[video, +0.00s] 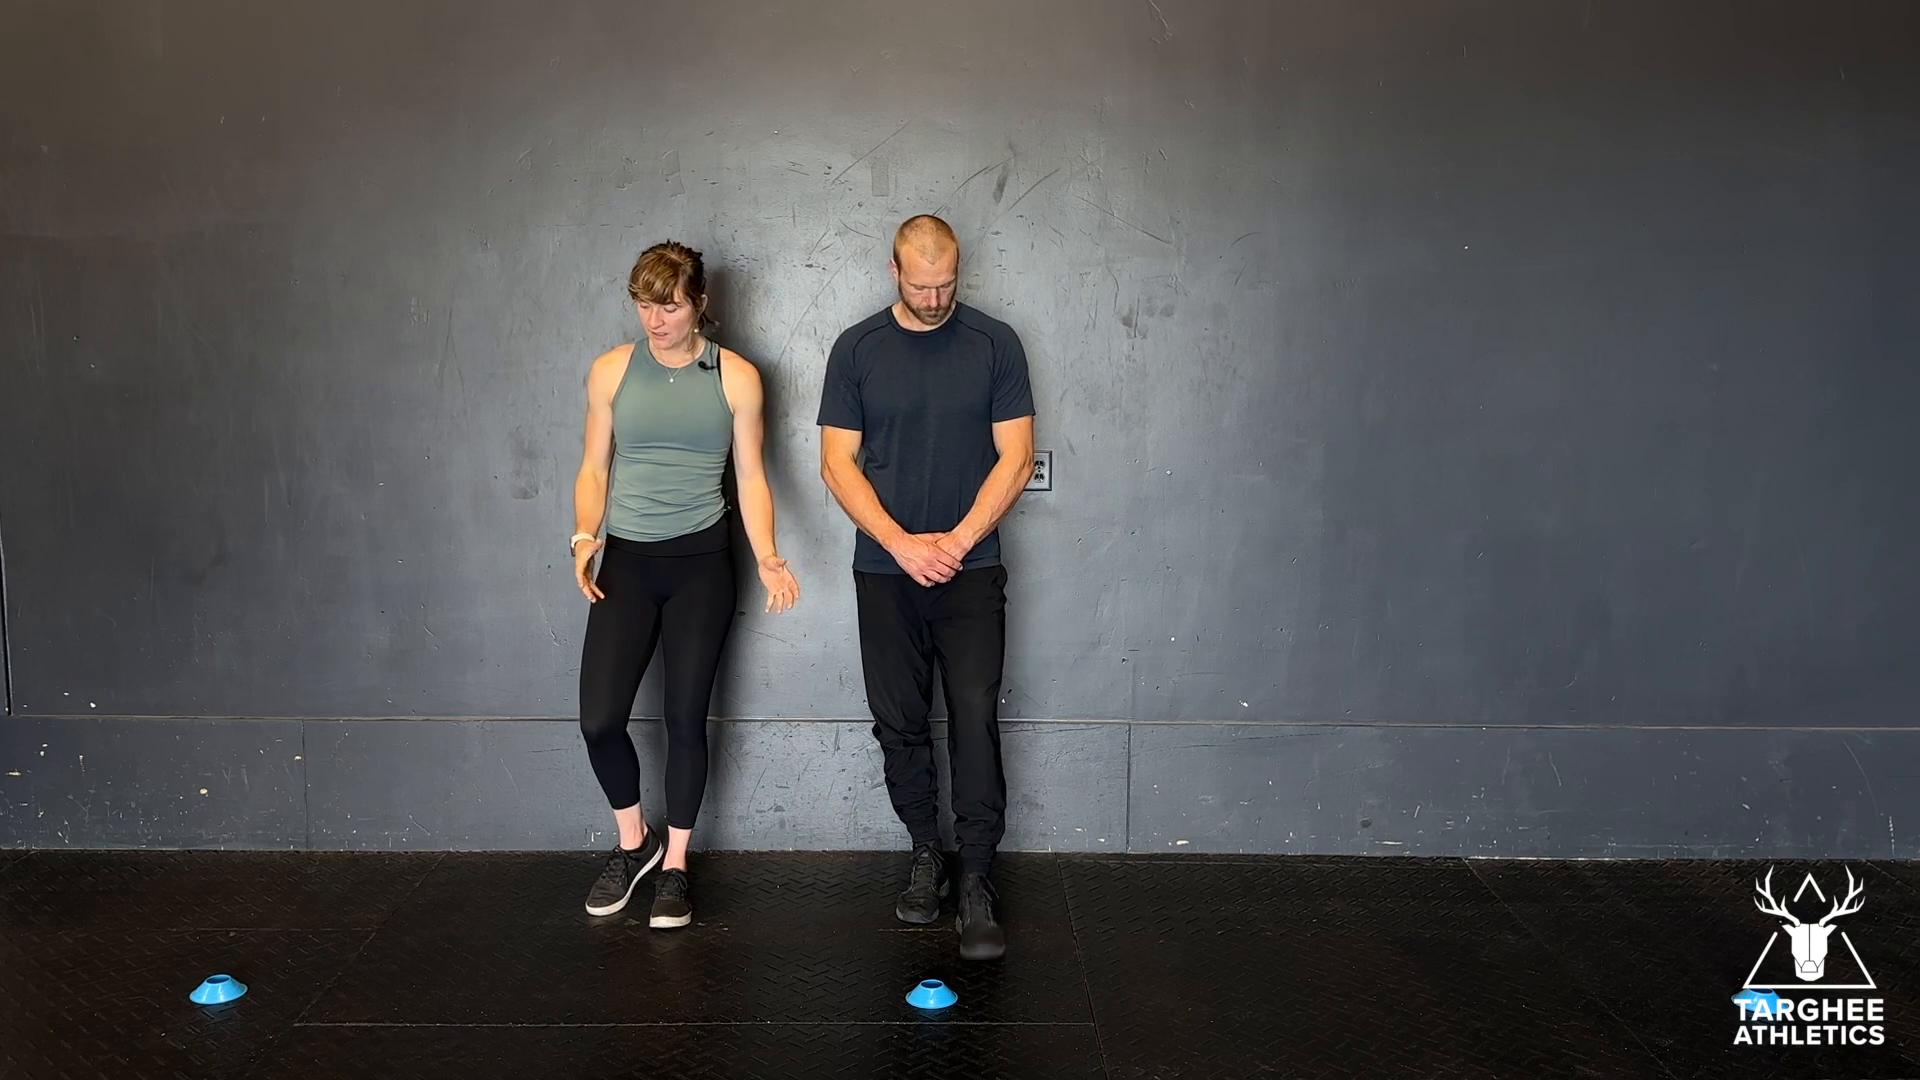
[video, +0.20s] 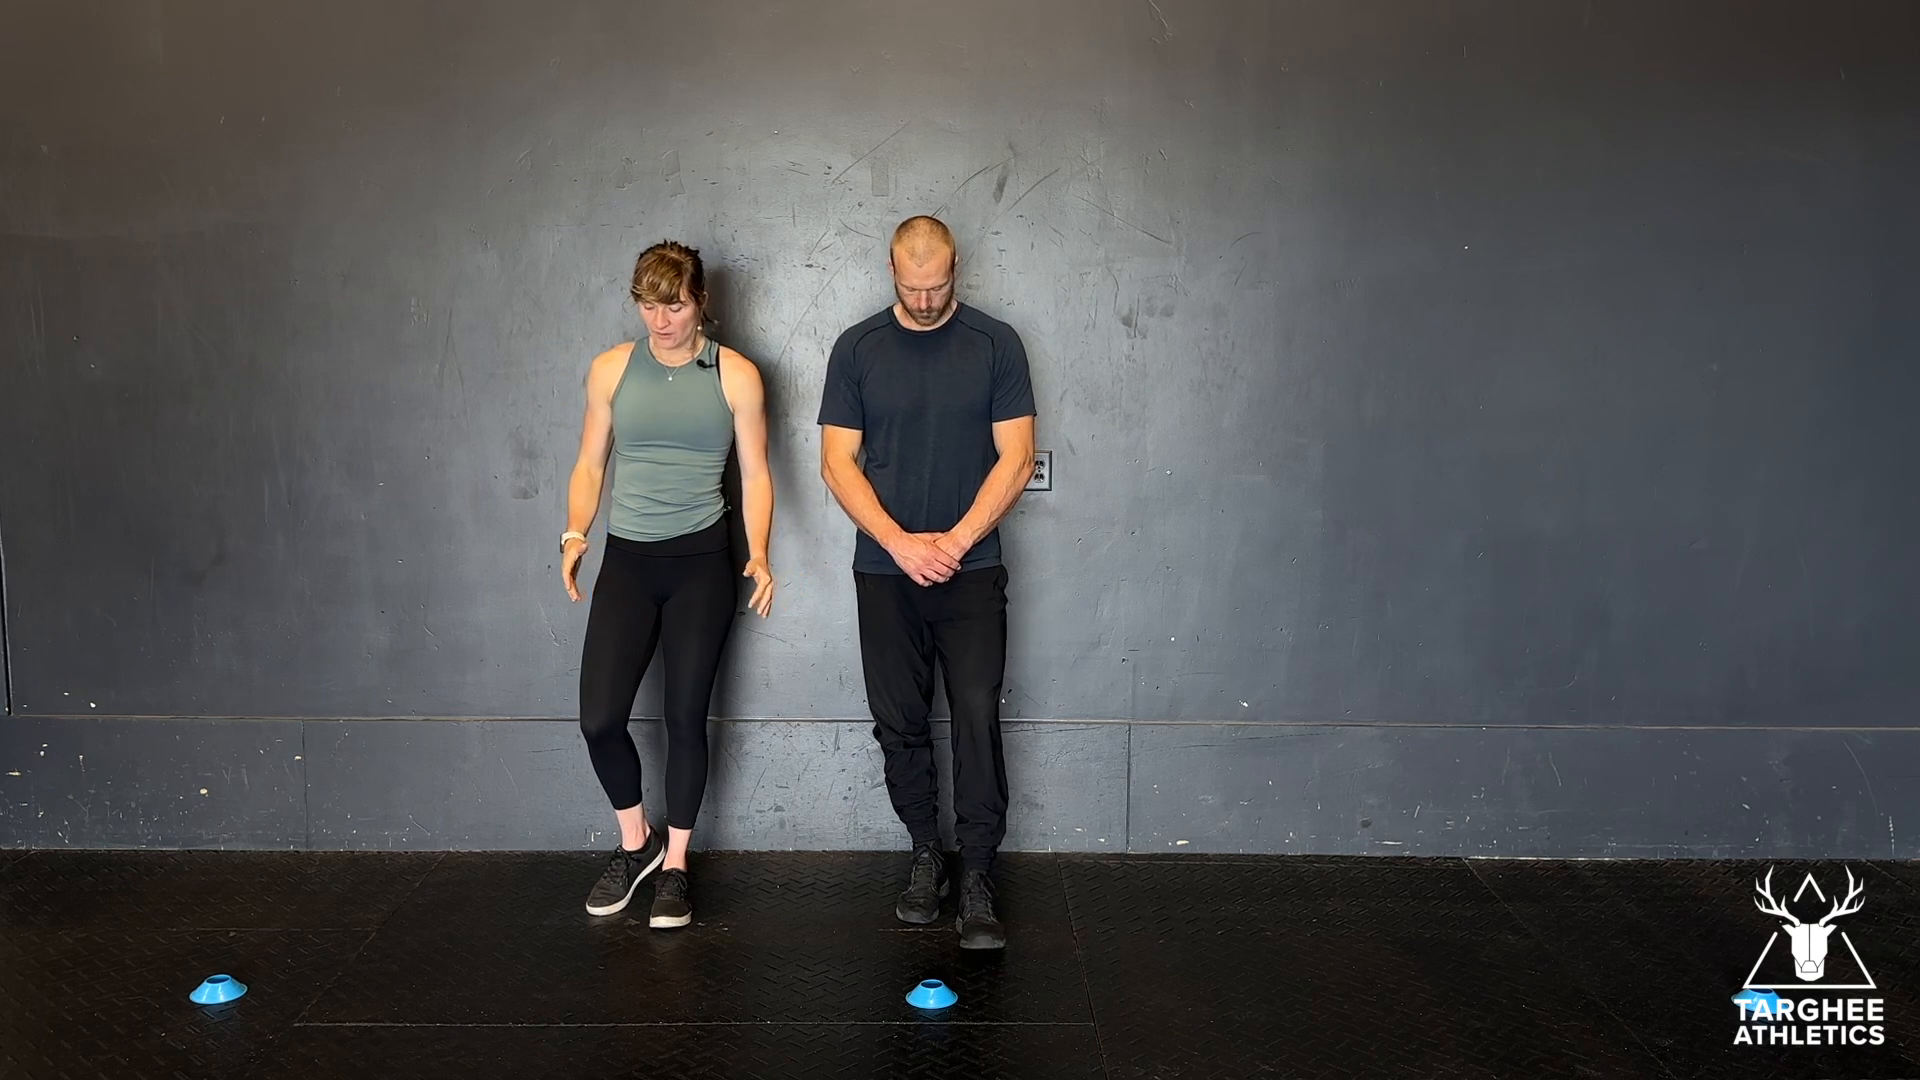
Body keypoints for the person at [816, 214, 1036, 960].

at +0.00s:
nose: (934, 295)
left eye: (945, 283)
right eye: (923, 283)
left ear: (957, 271)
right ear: (897, 270)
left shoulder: (993, 344)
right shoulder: (856, 348)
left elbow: (1016, 461)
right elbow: (837, 466)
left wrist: (955, 542)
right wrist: (898, 541)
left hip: (970, 568)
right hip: (886, 570)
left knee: (975, 718)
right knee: (900, 723)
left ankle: (977, 876)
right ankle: (927, 856)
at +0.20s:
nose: (925, 296)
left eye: (936, 284)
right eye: (913, 285)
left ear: (953, 269)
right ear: (894, 271)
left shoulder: (994, 344)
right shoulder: (857, 349)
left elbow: (1017, 461)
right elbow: (836, 463)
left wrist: (955, 541)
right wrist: (896, 539)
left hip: (971, 567)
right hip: (885, 568)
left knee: (978, 717)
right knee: (900, 722)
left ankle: (978, 872)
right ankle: (927, 856)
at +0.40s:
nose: (912, 301)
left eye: (924, 288)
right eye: (901, 289)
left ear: (949, 271)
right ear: (886, 275)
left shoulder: (996, 344)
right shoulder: (859, 349)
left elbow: (1019, 461)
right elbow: (839, 465)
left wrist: (955, 541)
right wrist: (896, 540)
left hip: (971, 570)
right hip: (886, 571)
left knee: (975, 725)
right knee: (900, 724)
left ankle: (977, 880)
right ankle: (928, 855)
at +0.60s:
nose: (901, 295)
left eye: (913, 283)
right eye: (891, 282)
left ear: (944, 270)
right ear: (879, 270)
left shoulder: (995, 344)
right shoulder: (858, 349)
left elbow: (1018, 462)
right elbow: (837, 462)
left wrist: (952, 541)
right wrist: (892, 538)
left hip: (971, 567)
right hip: (884, 568)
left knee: (976, 722)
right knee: (901, 724)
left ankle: (977, 875)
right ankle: (929, 857)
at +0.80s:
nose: (898, 299)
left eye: (910, 286)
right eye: (887, 287)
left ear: (940, 270)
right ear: (875, 274)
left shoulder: (992, 343)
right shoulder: (856, 350)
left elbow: (1017, 460)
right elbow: (837, 466)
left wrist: (950, 541)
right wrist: (891, 540)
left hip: (969, 571)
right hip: (884, 573)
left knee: (974, 726)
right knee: (900, 728)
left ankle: (977, 885)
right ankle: (929, 859)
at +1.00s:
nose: (900, 300)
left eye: (911, 287)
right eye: (888, 288)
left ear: (937, 270)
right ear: (872, 277)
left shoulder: (988, 342)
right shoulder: (852, 351)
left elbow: (1014, 459)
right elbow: (834, 467)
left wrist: (950, 541)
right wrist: (890, 541)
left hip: (968, 572)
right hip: (883, 573)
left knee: (974, 727)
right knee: (897, 728)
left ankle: (977, 884)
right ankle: (929, 858)